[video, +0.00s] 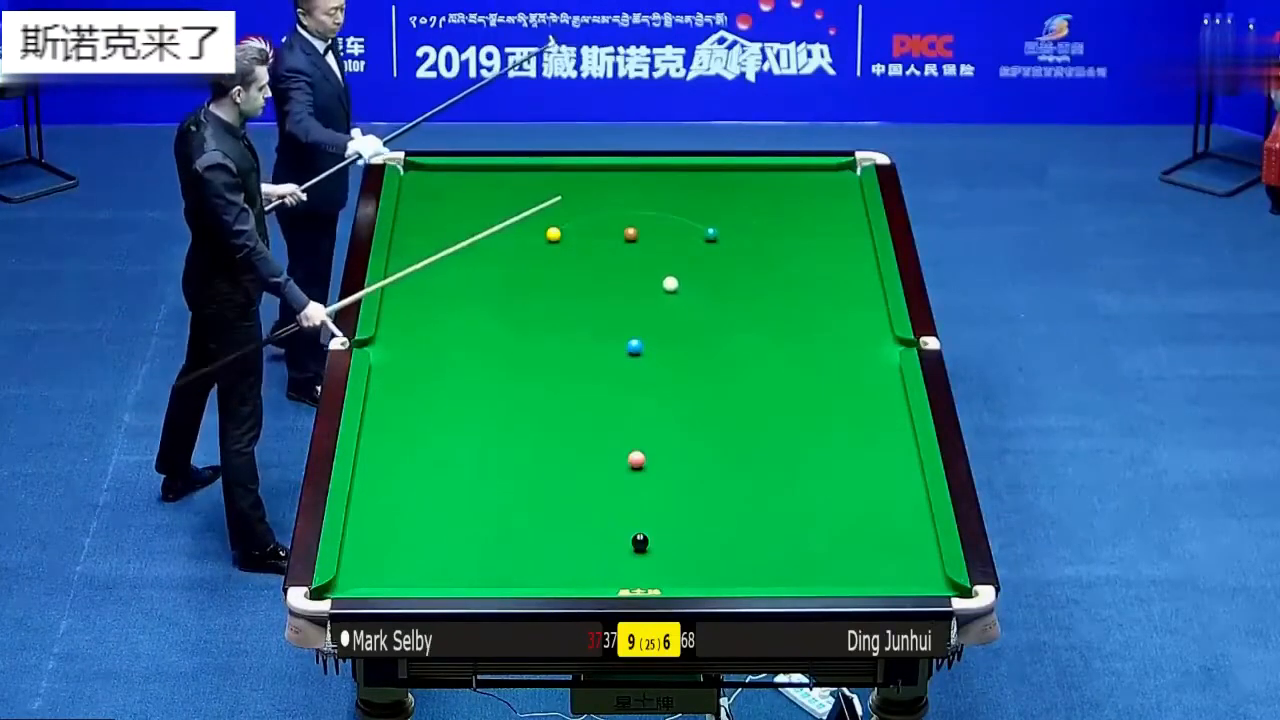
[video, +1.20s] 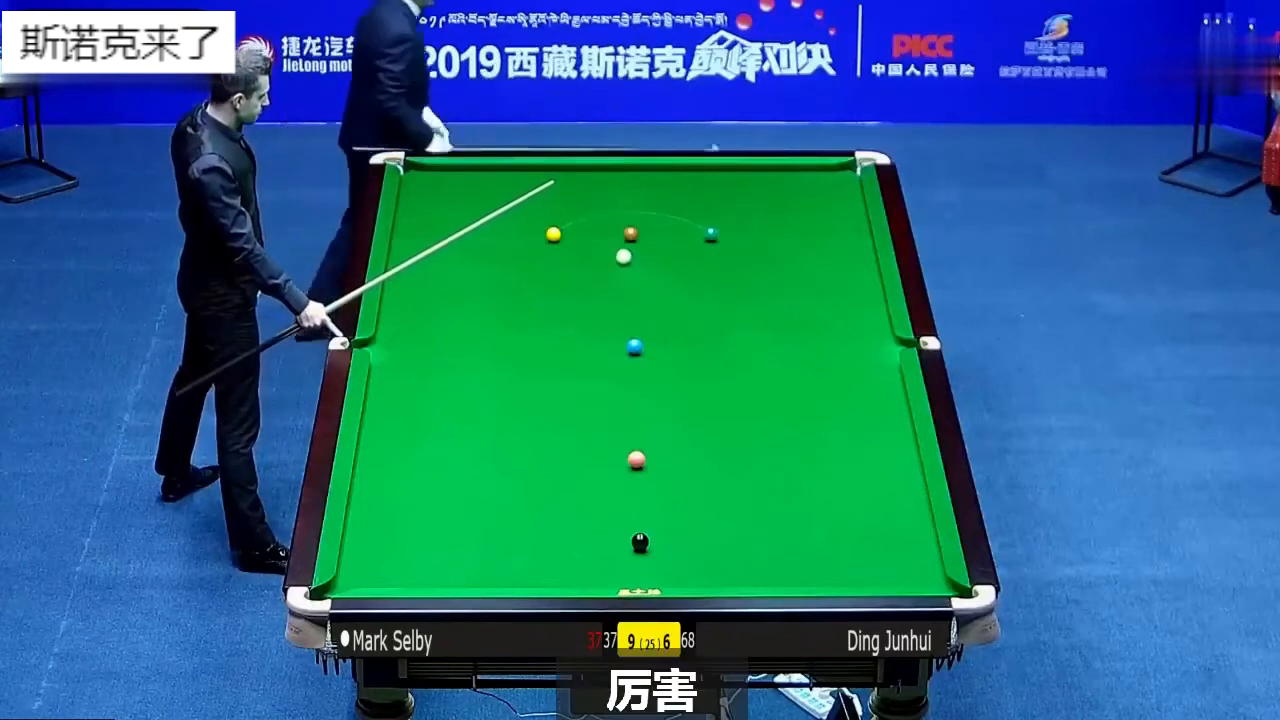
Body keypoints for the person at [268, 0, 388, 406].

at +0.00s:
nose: (339, 15)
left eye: (341, 8)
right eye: (329, 9)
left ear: (344, 10)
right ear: (304, 12)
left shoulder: (324, 48)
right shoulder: (294, 60)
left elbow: (328, 113)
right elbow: (298, 124)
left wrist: (356, 136)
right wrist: (349, 143)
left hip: (322, 187)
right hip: (303, 191)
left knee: (310, 275)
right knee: (310, 285)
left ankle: (288, 333)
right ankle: (303, 380)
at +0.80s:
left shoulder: (345, 19)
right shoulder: (325, 27)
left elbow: (364, 71)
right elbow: (312, 94)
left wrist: (406, 99)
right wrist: (346, 133)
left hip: (336, 148)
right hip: (326, 153)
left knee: (321, 237)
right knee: (340, 242)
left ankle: (305, 320)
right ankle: (325, 334)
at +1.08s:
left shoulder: (374, 14)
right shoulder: (361, 24)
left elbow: (387, 67)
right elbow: (348, 92)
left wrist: (418, 104)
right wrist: (388, 129)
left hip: (362, 140)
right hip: (346, 144)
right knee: (340, 227)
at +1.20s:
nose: (435, 1)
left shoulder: (391, 16)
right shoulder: (395, 26)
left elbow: (401, 82)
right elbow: (389, 98)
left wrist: (423, 112)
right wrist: (426, 138)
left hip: (372, 142)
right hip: (375, 146)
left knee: (363, 227)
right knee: (361, 229)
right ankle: (317, 312)